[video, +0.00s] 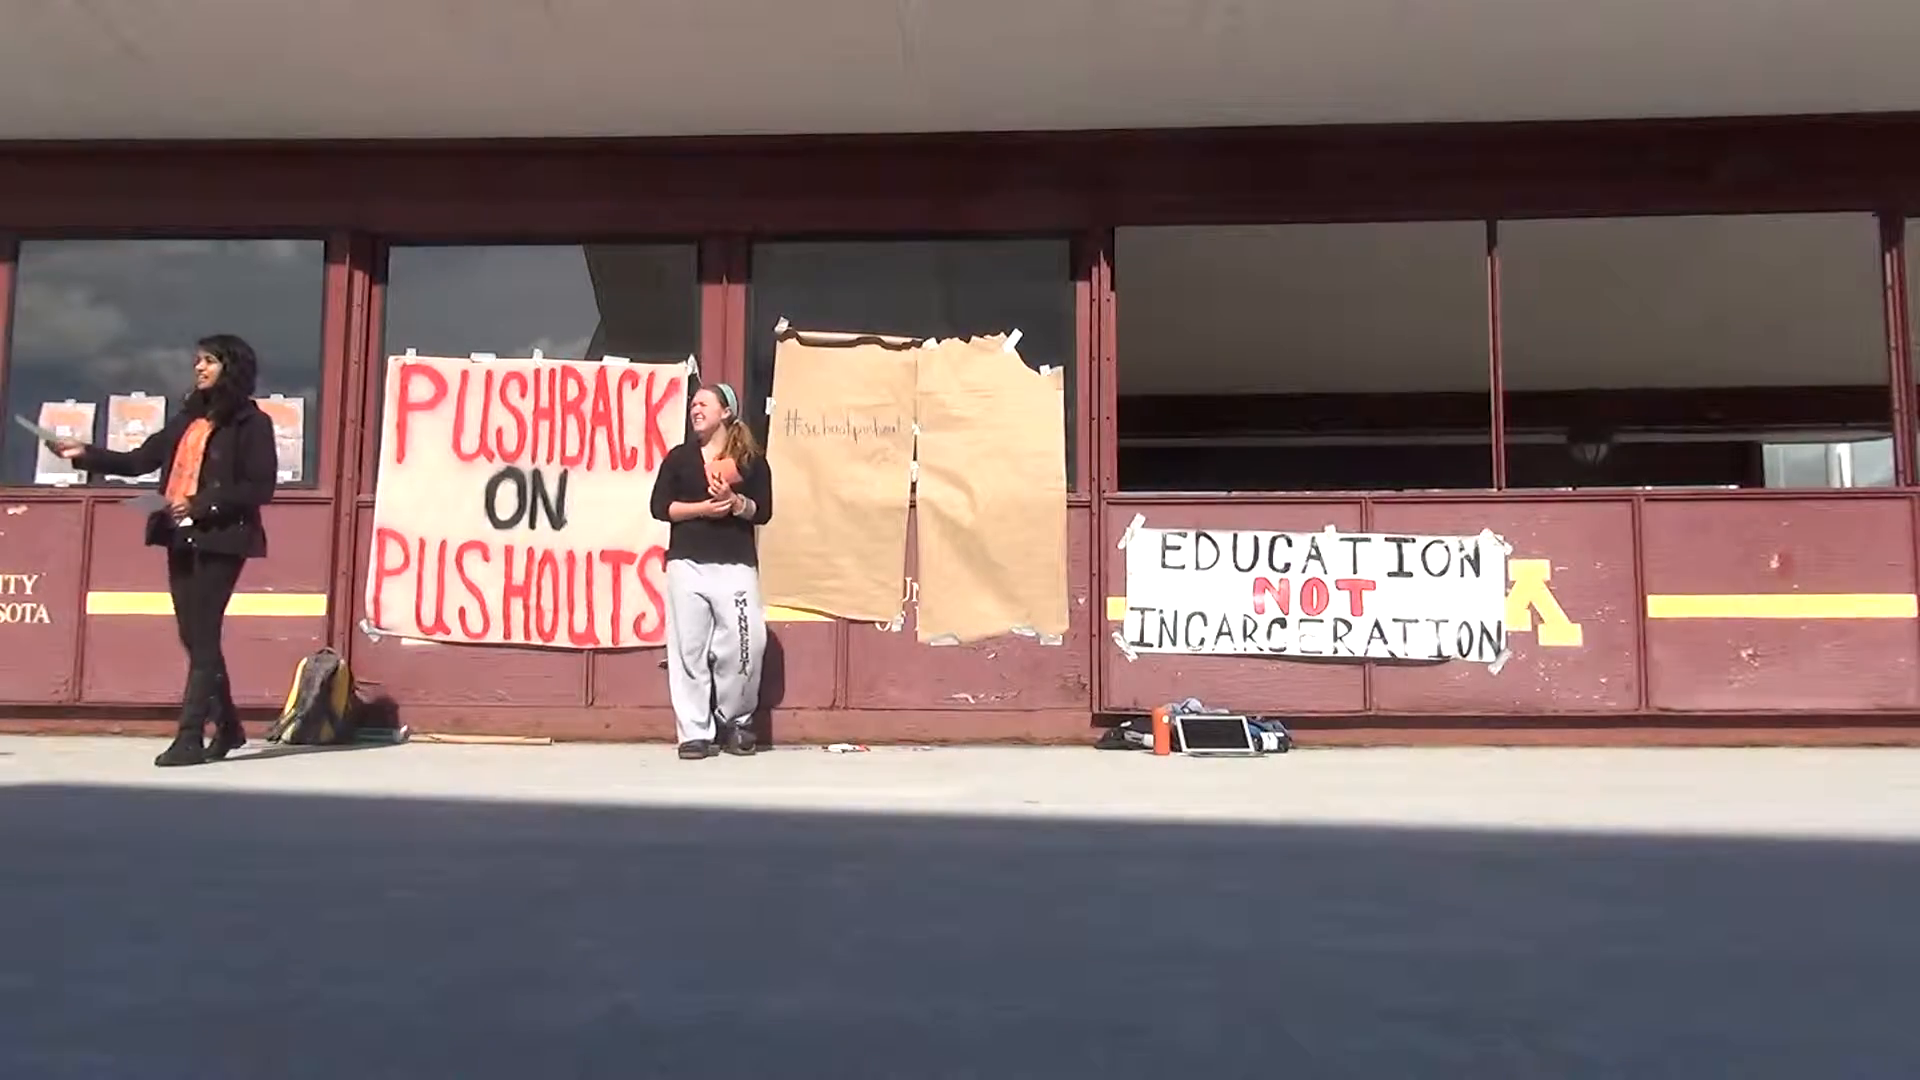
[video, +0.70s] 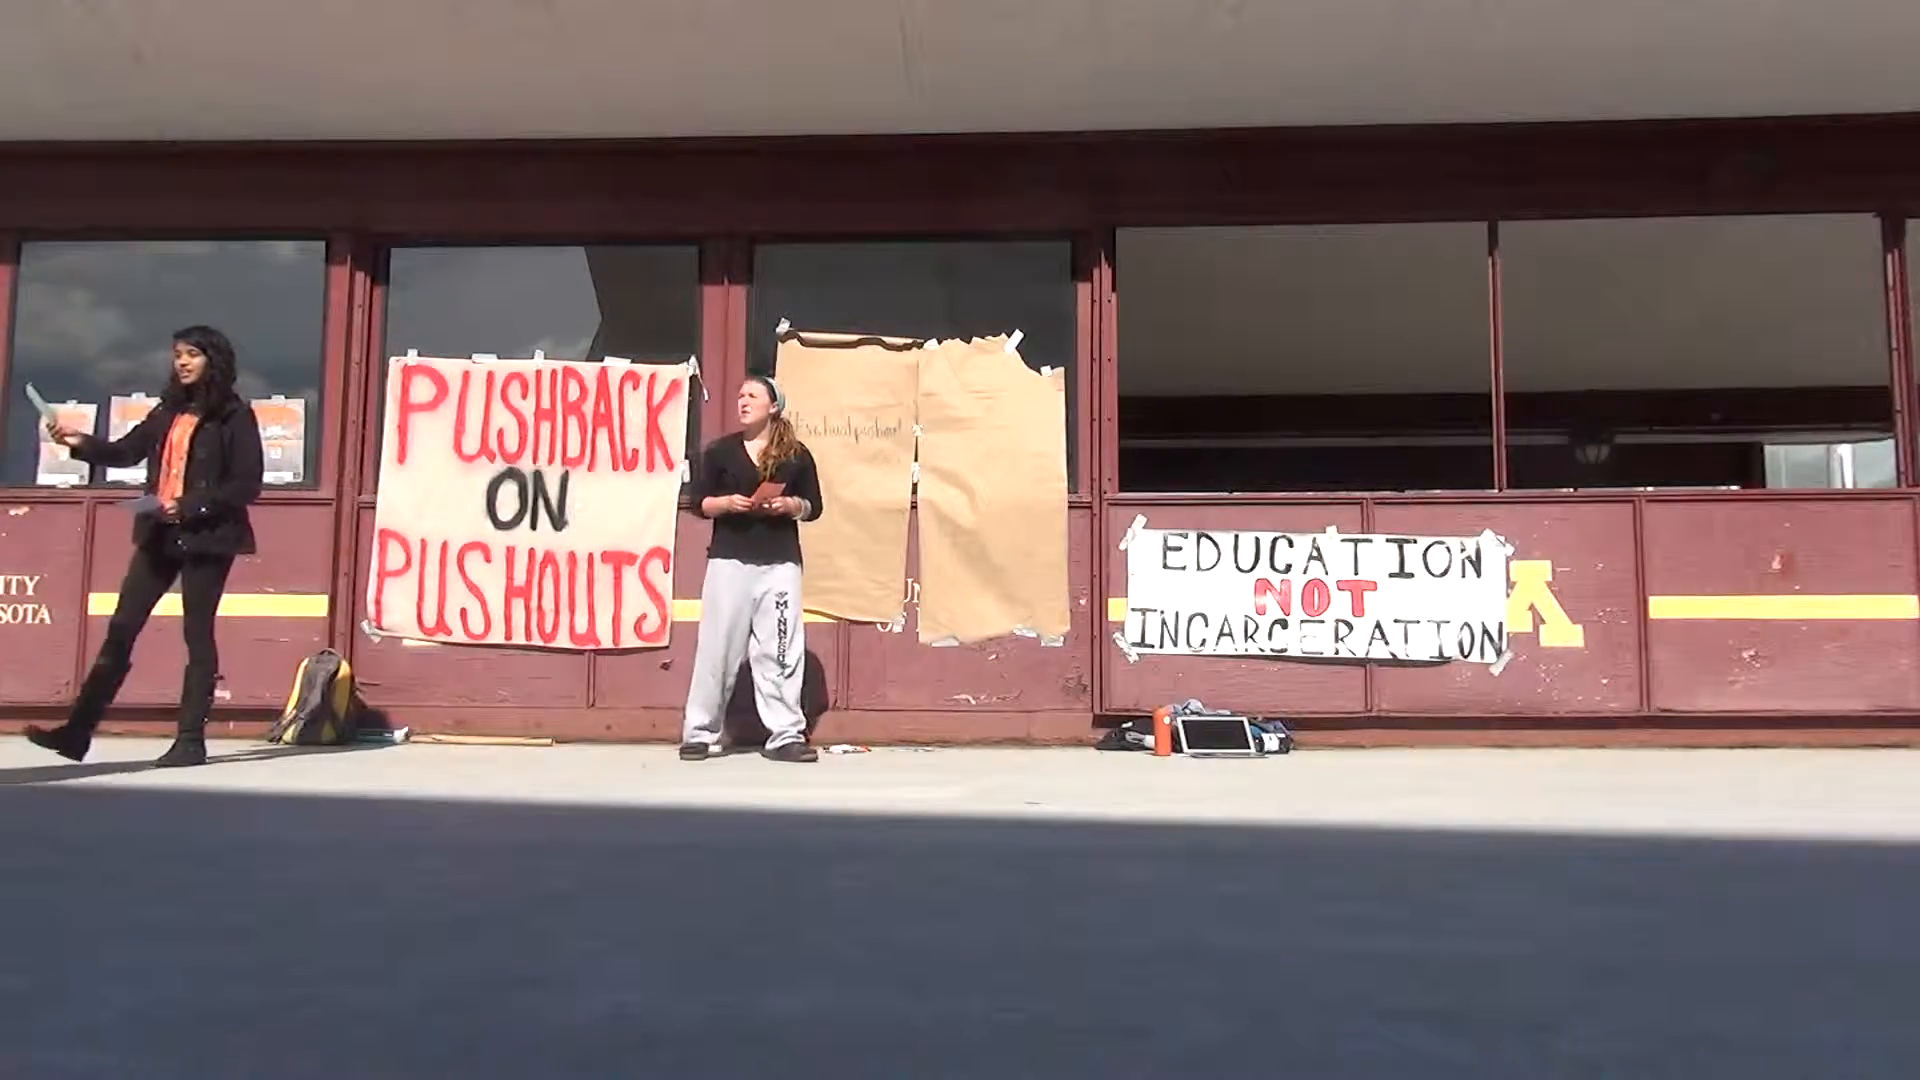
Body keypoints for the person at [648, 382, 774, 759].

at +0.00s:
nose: (695, 410)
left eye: (703, 404)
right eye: (694, 404)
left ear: (726, 412)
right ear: (692, 412)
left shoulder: (750, 458)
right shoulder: (678, 457)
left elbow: (763, 513)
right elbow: (660, 507)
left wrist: (737, 502)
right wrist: (705, 508)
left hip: (735, 563)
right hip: (687, 562)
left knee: (743, 646)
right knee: (689, 648)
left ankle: (735, 723)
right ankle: (695, 733)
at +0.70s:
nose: (742, 402)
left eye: (752, 397)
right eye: (740, 396)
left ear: (774, 406)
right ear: (736, 405)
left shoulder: (796, 455)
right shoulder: (718, 452)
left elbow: (813, 507)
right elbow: (695, 503)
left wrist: (791, 506)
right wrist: (725, 504)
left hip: (780, 564)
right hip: (729, 562)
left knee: (781, 651)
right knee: (717, 648)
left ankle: (785, 736)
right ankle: (699, 735)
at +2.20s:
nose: (826, 381)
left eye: (836, 379)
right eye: (821, 374)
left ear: (846, 392)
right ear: (809, 380)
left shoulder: (854, 438)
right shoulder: (782, 428)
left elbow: (864, 504)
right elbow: (771, 482)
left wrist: (861, 486)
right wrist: (804, 476)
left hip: (846, 550)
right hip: (797, 547)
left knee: (863, 644)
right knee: (796, 646)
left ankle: (876, 740)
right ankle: (796, 742)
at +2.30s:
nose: (835, 382)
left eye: (844, 379)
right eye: (830, 374)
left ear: (854, 391)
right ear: (818, 379)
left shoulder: (861, 437)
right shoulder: (792, 427)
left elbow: (872, 505)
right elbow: (784, 484)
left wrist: (870, 484)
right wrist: (818, 475)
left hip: (853, 551)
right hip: (806, 547)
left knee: (869, 645)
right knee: (800, 645)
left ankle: (899, 740)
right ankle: (797, 745)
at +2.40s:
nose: (847, 382)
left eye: (856, 377)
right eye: (841, 374)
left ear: (866, 388)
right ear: (827, 381)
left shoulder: (870, 434)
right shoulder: (808, 428)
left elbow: (881, 504)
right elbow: (788, 479)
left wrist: (879, 484)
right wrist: (822, 478)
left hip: (861, 552)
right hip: (811, 550)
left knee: (875, 647)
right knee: (800, 652)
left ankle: (897, 739)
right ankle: (801, 746)